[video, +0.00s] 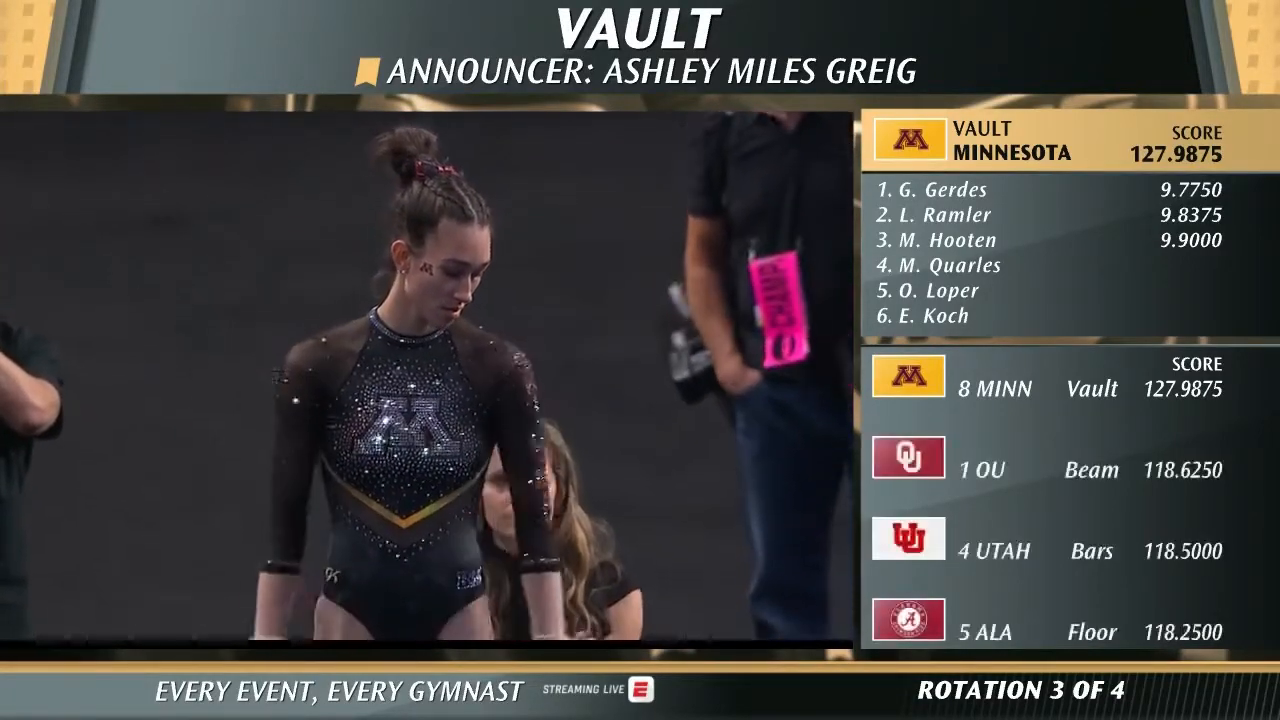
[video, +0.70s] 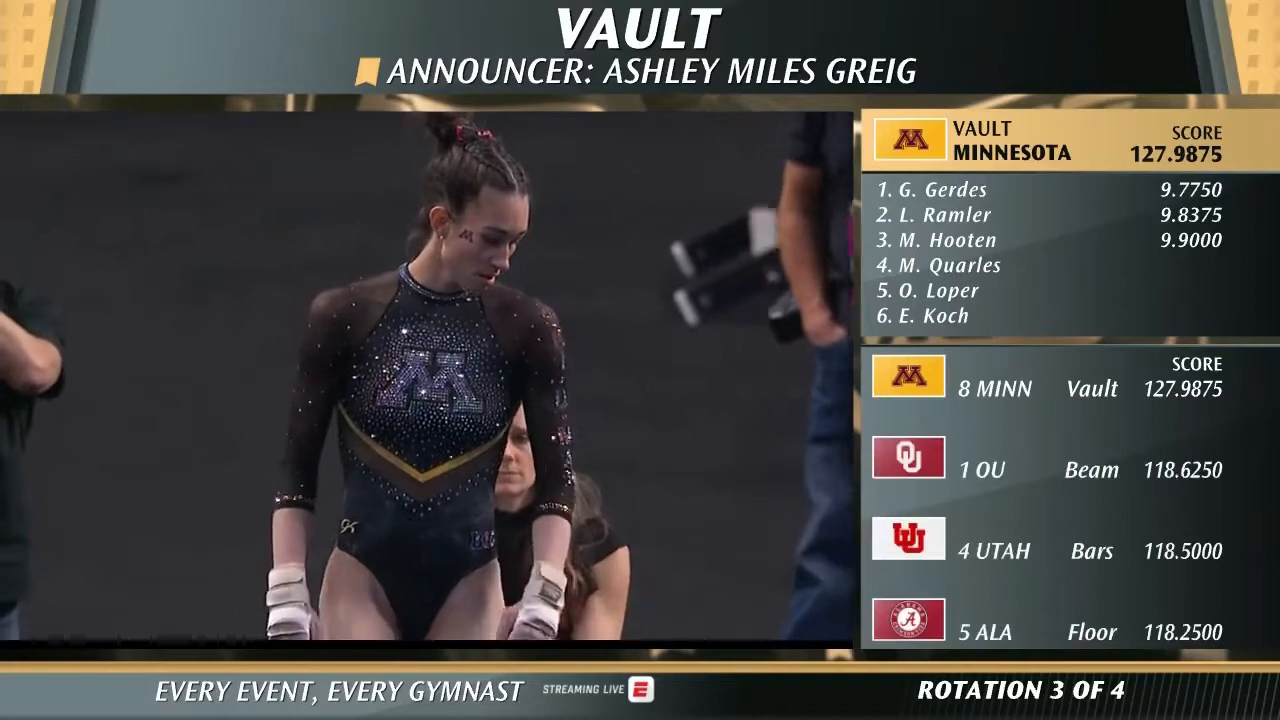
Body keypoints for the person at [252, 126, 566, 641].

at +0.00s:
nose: (465, 292)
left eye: (477, 273)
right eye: (451, 271)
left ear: (488, 265)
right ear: (403, 257)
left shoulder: (499, 369)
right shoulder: (316, 366)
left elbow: (533, 524)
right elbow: (286, 536)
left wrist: (551, 649)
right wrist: (265, 649)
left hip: (461, 606)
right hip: (350, 606)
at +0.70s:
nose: (504, 258)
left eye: (515, 241)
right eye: (492, 238)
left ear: (524, 230)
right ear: (441, 222)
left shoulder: (527, 327)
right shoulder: (343, 315)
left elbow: (555, 477)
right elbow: (299, 465)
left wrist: (543, 597)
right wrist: (287, 596)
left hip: (473, 579)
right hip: (361, 574)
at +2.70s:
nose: (459, 246)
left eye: (466, 228)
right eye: (445, 228)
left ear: (472, 218)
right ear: (392, 214)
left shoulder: (479, 317)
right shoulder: (303, 318)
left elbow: (499, 466)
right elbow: (277, 467)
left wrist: (510, 609)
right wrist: (277, 609)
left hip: (449, 562)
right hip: (341, 560)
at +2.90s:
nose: (467, 245)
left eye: (474, 227)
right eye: (453, 226)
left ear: (481, 216)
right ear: (400, 214)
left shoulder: (489, 316)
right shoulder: (311, 318)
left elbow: (500, 468)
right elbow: (290, 473)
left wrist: (473, 597)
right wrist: (331, 590)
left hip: (458, 566)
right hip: (355, 566)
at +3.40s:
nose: (470, 247)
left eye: (478, 229)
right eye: (456, 228)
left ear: (486, 218)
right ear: (404, 215)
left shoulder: (495, 317)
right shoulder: (317, 320)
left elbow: (526, 472)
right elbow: (292, 478)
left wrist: (543, 617)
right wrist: (273, 622)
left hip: (462, 566)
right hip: (354, 565)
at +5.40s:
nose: (460, 252)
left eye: (466, 235)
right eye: (444, 236)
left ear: (472, 225)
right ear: (390, 226)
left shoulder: (483, 329)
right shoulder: (305, 331)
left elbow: (499, 479)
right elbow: (285, 486)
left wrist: (500, 619)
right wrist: (281, 622)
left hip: (456, 573)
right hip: (348, 572)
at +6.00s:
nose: (458, 256)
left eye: (465, 239)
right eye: (443, 240)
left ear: (472, 227)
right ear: (389, 228)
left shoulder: (482, 332)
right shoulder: (305, 334)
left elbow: (501, 482)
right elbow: (282, 485)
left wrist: (511, 619)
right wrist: (275, 621)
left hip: (452, 574)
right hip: (345, 574)